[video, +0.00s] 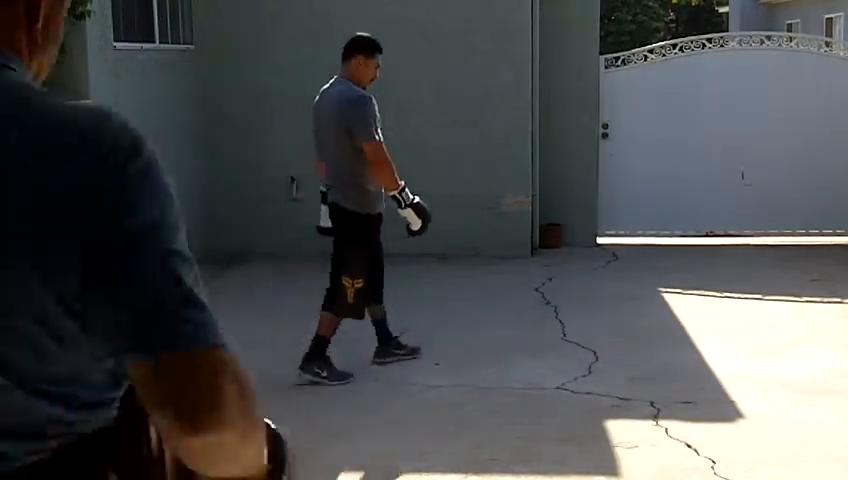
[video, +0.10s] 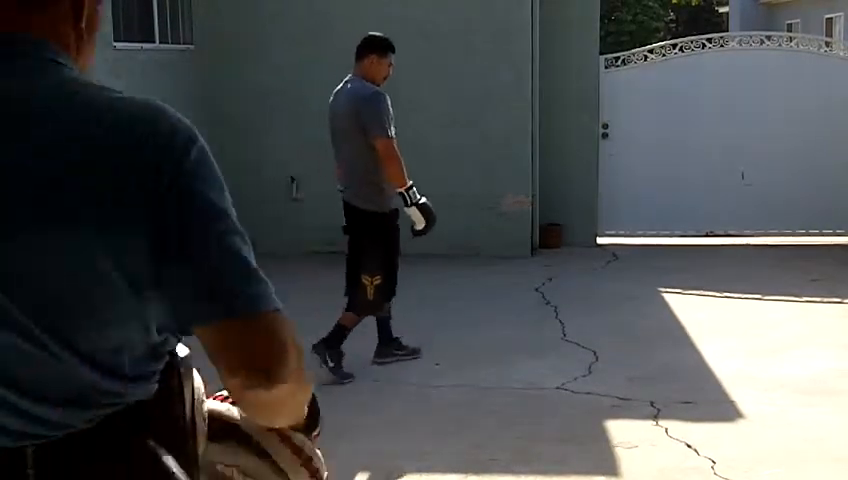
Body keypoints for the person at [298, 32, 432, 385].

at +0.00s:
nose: (377, 73)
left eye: (378, 66)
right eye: (374, 65)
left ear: (351, 62)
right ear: (357, 62)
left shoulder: (327, 96)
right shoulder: (358, 100)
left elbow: (323, 157)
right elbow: (377, 158)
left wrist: (326, 196)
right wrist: (406, 199)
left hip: (345, 204)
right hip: (358, 208)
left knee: (372, 274)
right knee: (345, 282)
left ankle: (386, 341)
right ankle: (315, 358)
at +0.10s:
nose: (390, 71)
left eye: (390, 64)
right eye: (387, 63)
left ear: (362, 61)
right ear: (371, 60)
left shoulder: (342, 94)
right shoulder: (372, 97)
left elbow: (346, 154)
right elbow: (387, 153)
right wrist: (413, 198)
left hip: (359, 203)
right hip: (375, 207)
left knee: (382, 275)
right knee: (372, 284)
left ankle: (386, 341)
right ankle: (331, 345)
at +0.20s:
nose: (402, 70)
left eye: (403, 63)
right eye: (399, 62)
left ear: (376, 60)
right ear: (383, 60)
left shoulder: (355, 93)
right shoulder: (384, 95)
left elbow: (364, 152)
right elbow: (396, 152)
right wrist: (418, 198)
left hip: (369, 202)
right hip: (391, 205)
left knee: (384, 271)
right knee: (408, 278)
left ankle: (388, 342)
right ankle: (361, 329)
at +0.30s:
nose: (414, 70)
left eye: (415, 63)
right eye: (412, 62)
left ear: (389, 59)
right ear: (396, 58)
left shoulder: (367, 92)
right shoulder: (394, 94)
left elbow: (377, 149)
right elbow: (404, 147)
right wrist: (424, 196)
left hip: (378, 201)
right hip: (403, 204)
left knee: (383, 269)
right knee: (427, 273)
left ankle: (385, 341)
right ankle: (397, 335)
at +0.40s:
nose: (427, 69)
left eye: (428, 62)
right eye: (425, 62)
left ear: (404, 58)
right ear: (408, 58)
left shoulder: (382, 90)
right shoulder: (407, 94)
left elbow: (390, 147)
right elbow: (415, 148)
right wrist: (434, 197)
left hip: (389, 200)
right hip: (415, 202)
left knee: (387, 270)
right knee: (443, 271)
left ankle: (387, 341)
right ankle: (441, 345)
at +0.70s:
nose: (473, 70)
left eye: (474, 63)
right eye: (472, 63)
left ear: (448, 59)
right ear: (457, 59)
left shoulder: (424, 90)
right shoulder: (454, 98)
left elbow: (431, 150)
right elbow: (464, 156)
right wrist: (479, 204)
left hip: (431, 201)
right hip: (455, 206)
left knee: (426, 269)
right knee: (472, 273)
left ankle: (399, 331)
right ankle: (479, 343)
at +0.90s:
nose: (496, 66)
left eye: (496, 59)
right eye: (495, 59)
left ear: (467, 56)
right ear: (485, 58)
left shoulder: (442, 90)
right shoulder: (485, 94)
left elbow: (440, 144)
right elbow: (500, 150)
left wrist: (459, 179)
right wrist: (513, 197)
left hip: (450, 194)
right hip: (477, 196)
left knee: (462, 261)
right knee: (483, 267)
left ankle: (447, 319)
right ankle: (480, 343)